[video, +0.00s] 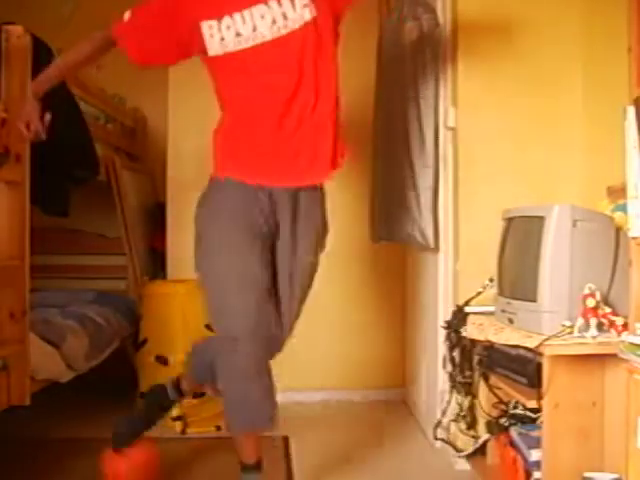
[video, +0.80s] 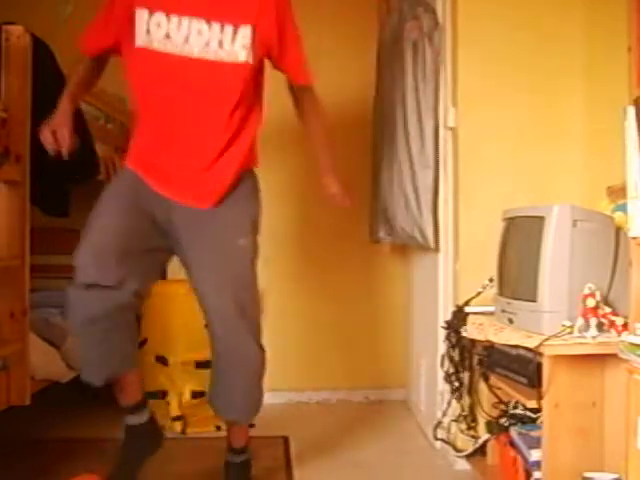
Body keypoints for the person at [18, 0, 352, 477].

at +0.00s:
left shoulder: (321, 2)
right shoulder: (189, 7)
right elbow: (106, 39)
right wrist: (35, 89)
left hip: (306, 190)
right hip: (237, 188)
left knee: (270, 334)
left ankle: (173, 392)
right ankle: (252, 472)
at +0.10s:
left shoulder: (317, 1)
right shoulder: (181, 7)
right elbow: (118, 54)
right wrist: (60, 114)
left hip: (292, 190)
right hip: (226, 188)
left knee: (288, 340)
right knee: (254, 342)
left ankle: (179, 412)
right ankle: (258, 475)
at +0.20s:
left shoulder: (311, 2)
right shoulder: (186, 5)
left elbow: (386, 8)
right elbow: (141, 50)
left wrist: (411, 19)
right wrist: (121, 123)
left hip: (275, 171)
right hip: (213, 167)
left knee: (292, 315)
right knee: (249, 330)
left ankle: (174, 400)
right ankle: (256, 473)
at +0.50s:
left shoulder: (294, 4)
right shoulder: (165, 6)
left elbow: (367, 34)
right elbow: (112, 58)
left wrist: (412, 56)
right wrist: (114, 158)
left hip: (248, 169)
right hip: (190, 173)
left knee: (302, 305)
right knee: (241, 341)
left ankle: (185, 390)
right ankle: (237, 472)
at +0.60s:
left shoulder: (285, 2)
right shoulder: (156, 1)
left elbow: (354, 45)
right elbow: (109, 25)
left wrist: (413, 110)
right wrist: (105, 119)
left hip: (249, 161)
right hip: (178, 162)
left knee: (264, 308)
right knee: (205, 310)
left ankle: (209, 414)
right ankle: (218, 445)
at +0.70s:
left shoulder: (279, 7)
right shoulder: (138, 3)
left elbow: (336, 72)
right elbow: (101, 46)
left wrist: (376, 155)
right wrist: (86, 123)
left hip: (238, 176)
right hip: (161, 172)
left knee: (237, 308)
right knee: (147, 294)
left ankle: (236, 439)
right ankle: (171, 426)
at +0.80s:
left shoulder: (267, 8)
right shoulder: (135, 6)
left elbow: (302, 88)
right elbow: (95, 55)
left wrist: (328, 171)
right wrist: (66, 104)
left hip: (220, 186)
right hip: (144, 175)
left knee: (233, 321)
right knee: (96, 286)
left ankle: (237, 452)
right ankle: (138, 425)